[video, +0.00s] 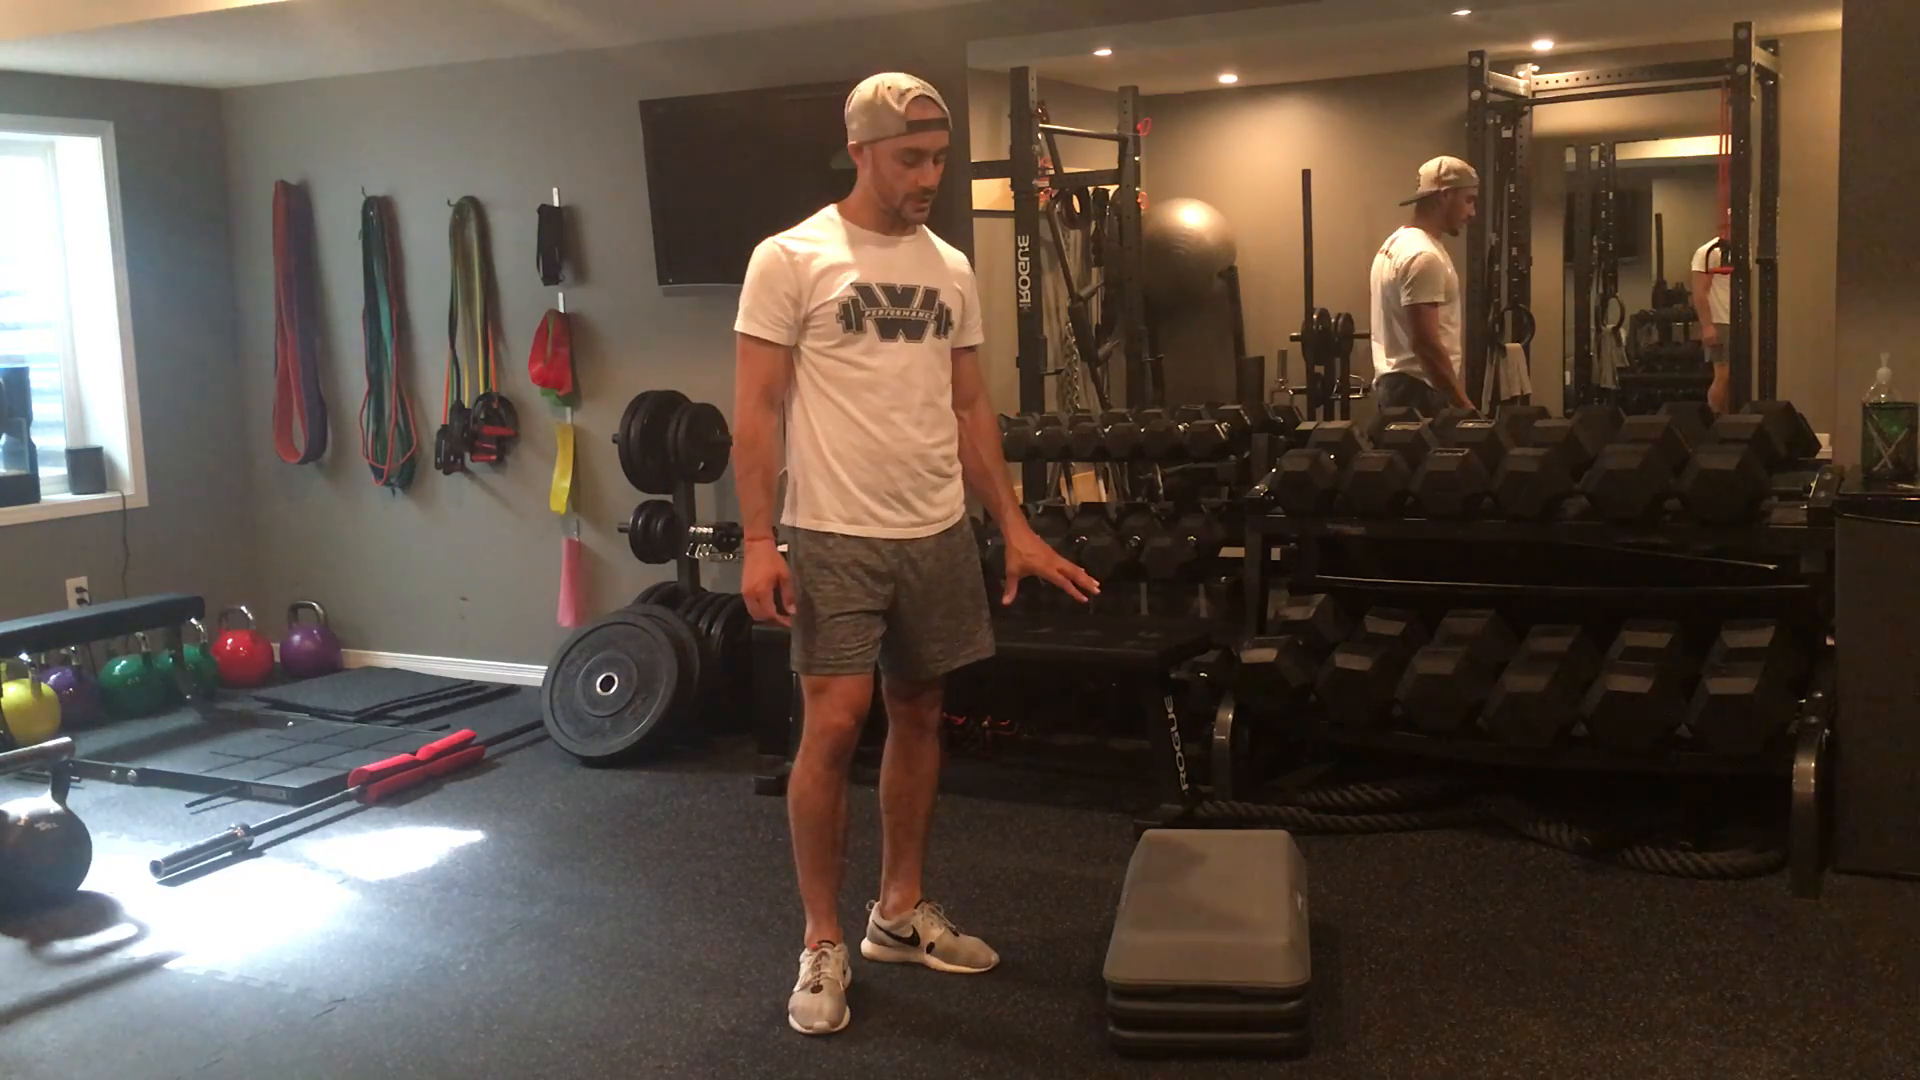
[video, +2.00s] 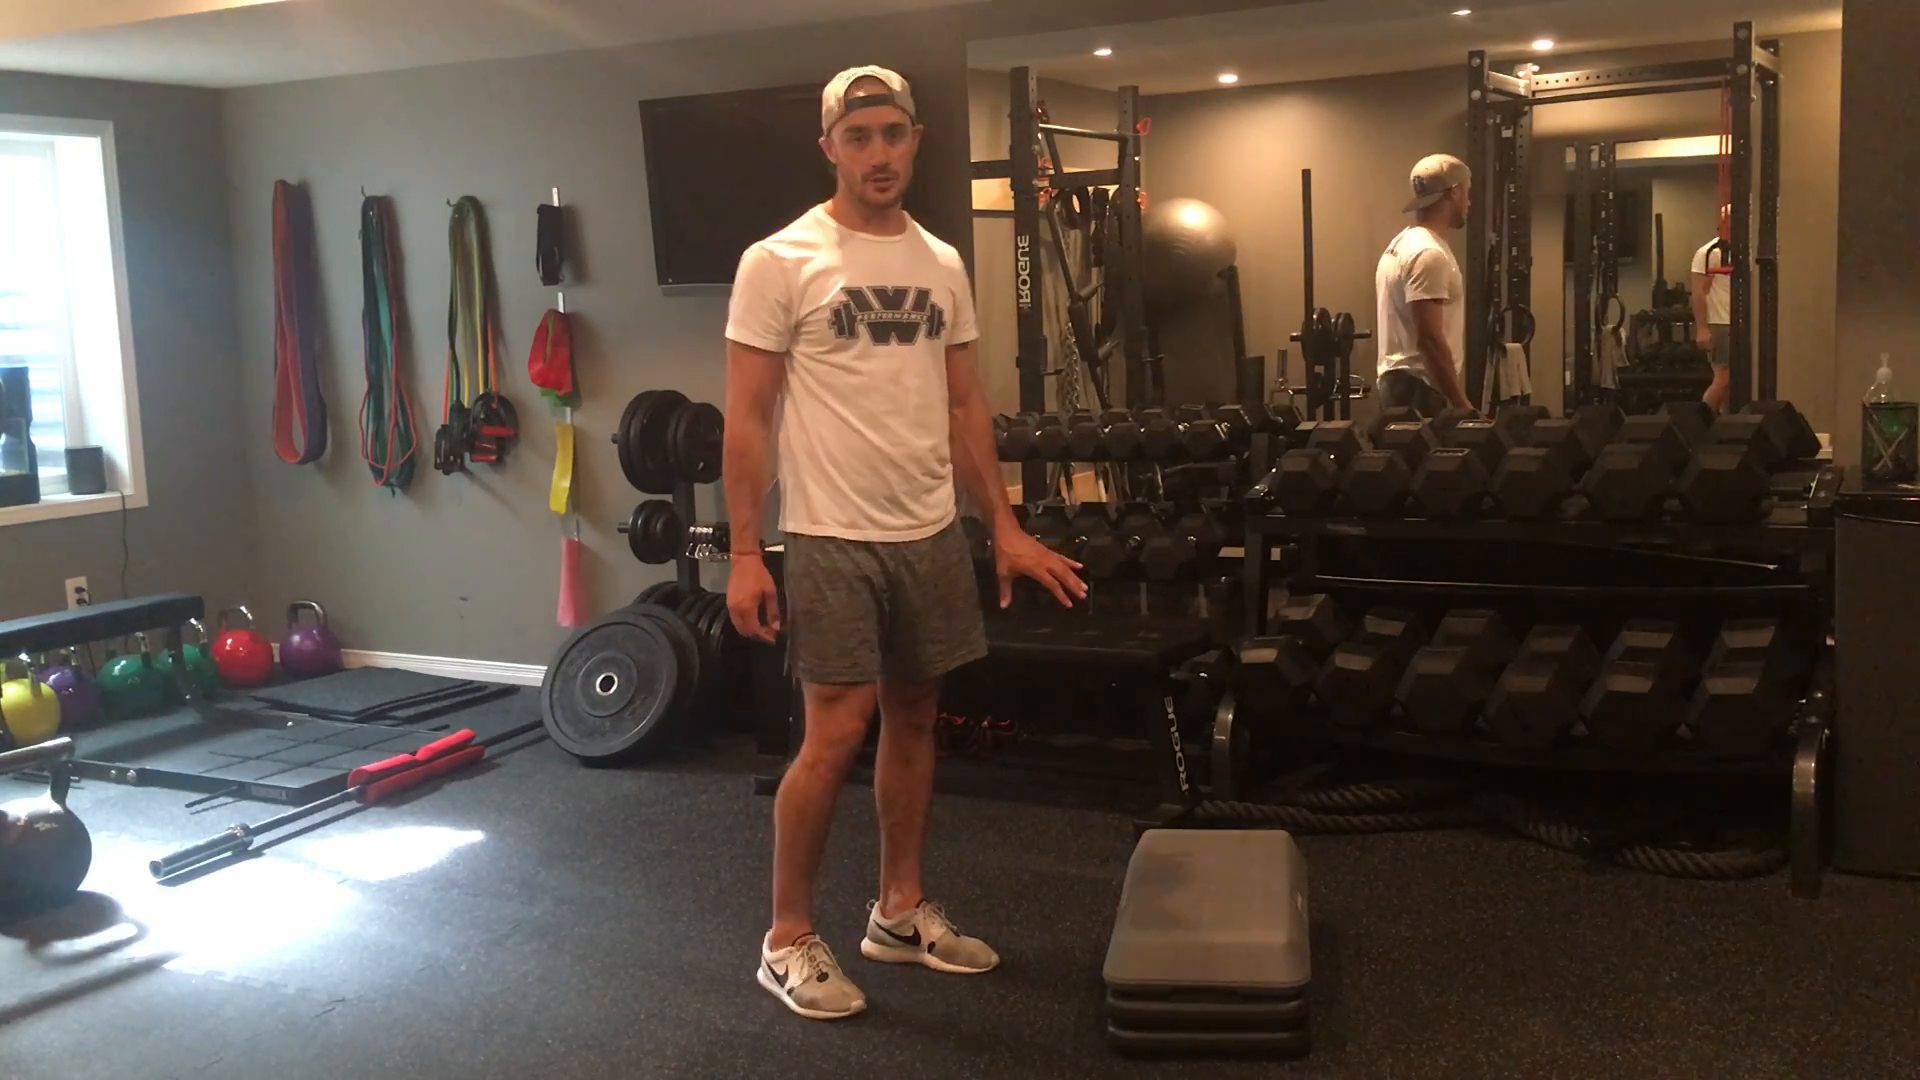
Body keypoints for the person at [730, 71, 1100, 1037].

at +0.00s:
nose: (930, 173)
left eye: (939, 156)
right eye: (913, 156)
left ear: (944, 154)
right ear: (861, 154)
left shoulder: (951, 271)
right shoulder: (790, 259)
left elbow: (971, 411)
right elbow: (758, 406)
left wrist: (1014, 526)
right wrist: (758, 539)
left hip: (936, 536)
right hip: (832, 537)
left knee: (919, 716)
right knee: (836, 723)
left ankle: (901, 909)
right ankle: (822, 942)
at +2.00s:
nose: (880, 152)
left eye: (894, 134)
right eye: (860, 136)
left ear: (916, 144)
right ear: (829, 148)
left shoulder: (941, 266)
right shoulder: (779, 263)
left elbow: (966, 406)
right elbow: (748, 416)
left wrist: (1006, 529)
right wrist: (744, 551)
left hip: (930, 533)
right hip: (829, 538)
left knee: (914, 721)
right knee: (836, 733)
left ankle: (899, 911)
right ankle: (787, 938)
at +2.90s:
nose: (983, 176)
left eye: (985, 158)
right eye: (973, 156)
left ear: (920, 156)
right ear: (919, 153)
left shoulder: (900, 257)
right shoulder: (845, 253)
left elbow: (865, 411)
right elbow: (796, 415)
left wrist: (902, 503)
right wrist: (886, 531)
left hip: (880, 537)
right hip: (813, 541)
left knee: (923, 705)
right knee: (796, 738)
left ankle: (897, 917)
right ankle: (777, 943)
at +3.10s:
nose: (1056, 192)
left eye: (1054, 174)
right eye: (1044, 173)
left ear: (995, 179)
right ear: (990, 176)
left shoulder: (970, 270)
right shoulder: (924, 261)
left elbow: (913, 413)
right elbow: (851, 405)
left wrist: (958, 498)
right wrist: (947, 512)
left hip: (918, 541)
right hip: (876, 542)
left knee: (959, 736)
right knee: (963, 737)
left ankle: (902, 926)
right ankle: (815, 905)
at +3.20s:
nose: (1086, 197)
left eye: (1085, 180)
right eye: (1073, 179)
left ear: (1021, 188)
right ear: (1018, 184)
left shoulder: (998, 284)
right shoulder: (951, 271)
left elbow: (944, 423)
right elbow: (848, 389)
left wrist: (1020, 481)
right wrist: (942, 501)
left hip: (927, 539)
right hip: (903, 541)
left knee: (973, 724)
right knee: (1079, 676)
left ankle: (906, 925)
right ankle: (914, 839)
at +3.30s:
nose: (1111, 131)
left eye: (1109, 113)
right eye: (1097, 112)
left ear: (1047, 127)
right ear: (1043, 125)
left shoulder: (1035, 228)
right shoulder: (973, 215)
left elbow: (967, 331)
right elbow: (859, 325)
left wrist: (1055, 361)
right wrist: (963, 425)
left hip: (951, 490)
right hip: (943, 494)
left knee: (962, 689)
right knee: (1133, 604)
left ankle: (915, 904)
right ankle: (1050, 817)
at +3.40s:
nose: (1137, 83)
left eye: (1134, 64)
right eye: (1120, 65)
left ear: (1072, 83)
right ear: (1062, 81)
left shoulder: (1057, 183)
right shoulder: (1003, 175)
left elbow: (1001, 296)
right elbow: (908, 303)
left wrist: (1081, 324)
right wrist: (1024, 396)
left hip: (976, 449)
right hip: (989, 450)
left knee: (1034, 642)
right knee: (1152, 606)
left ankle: (945, 853)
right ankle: (1114, 839)